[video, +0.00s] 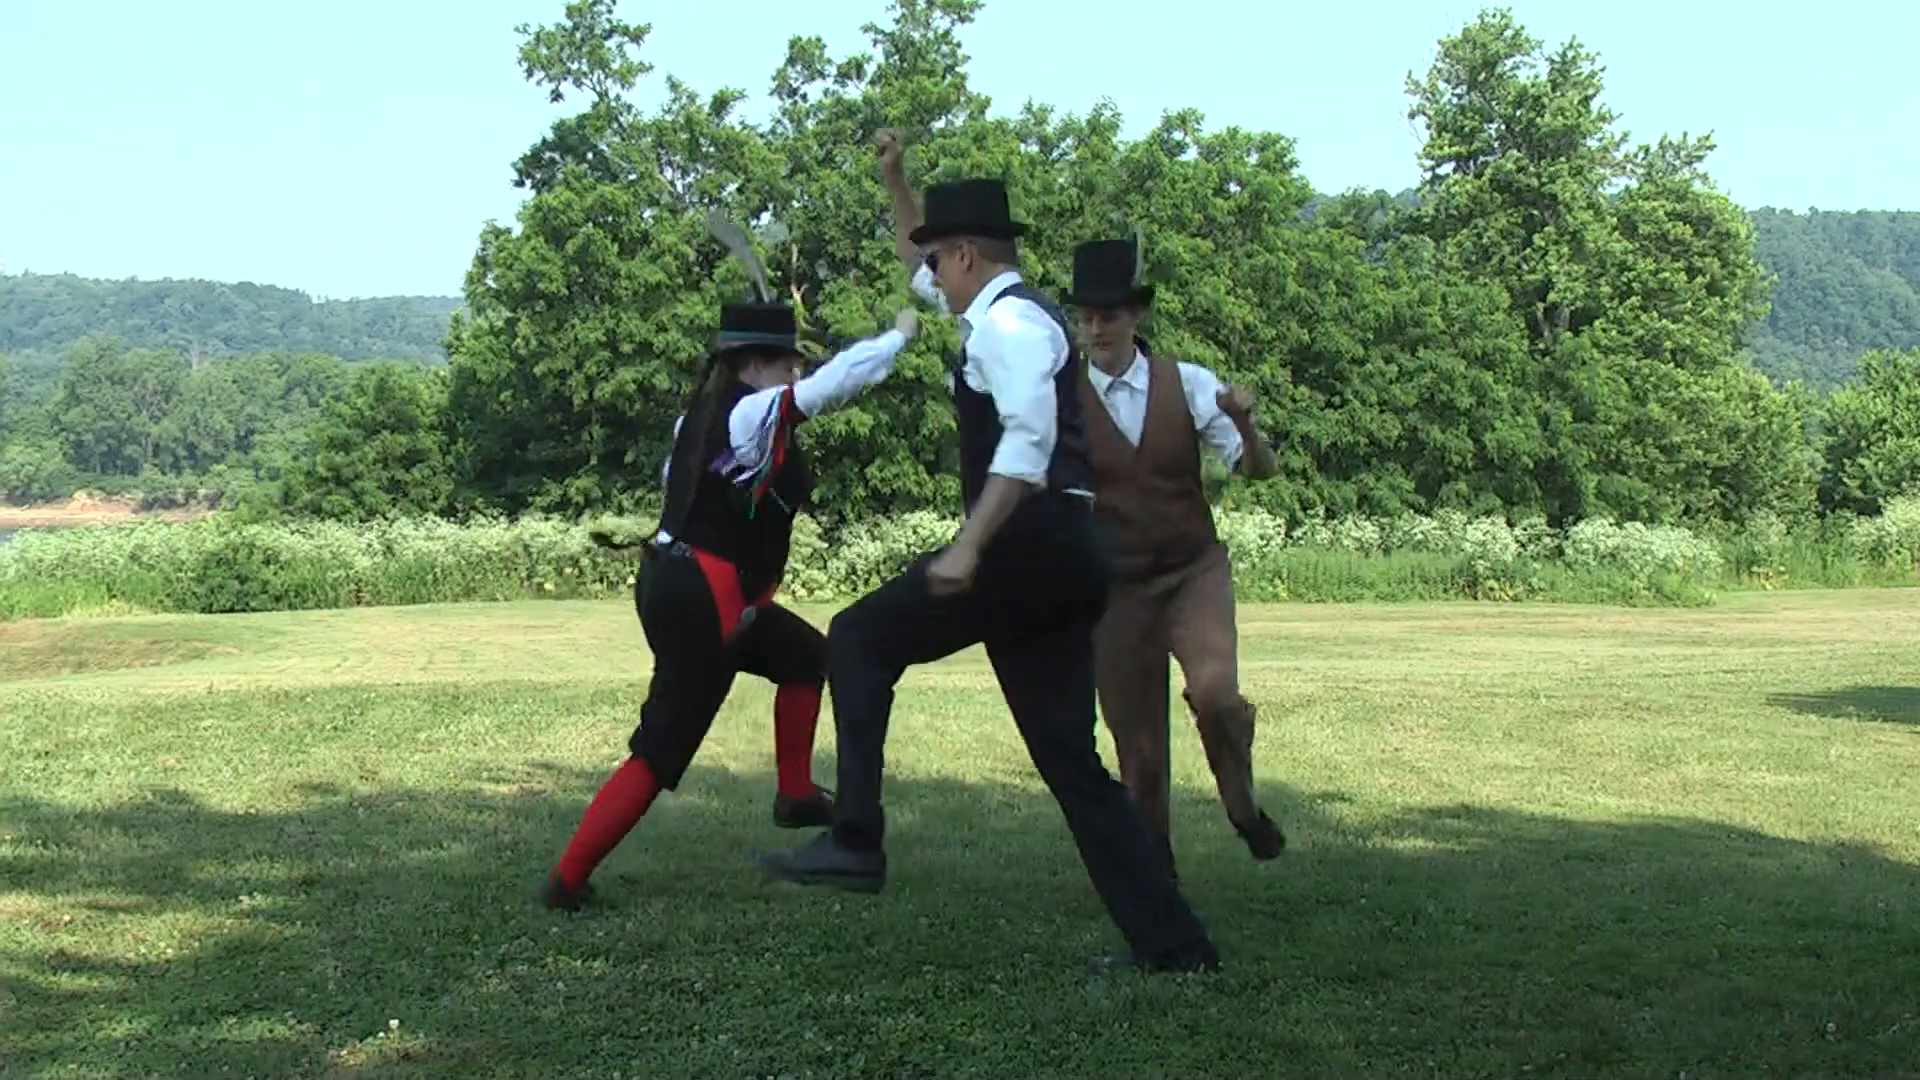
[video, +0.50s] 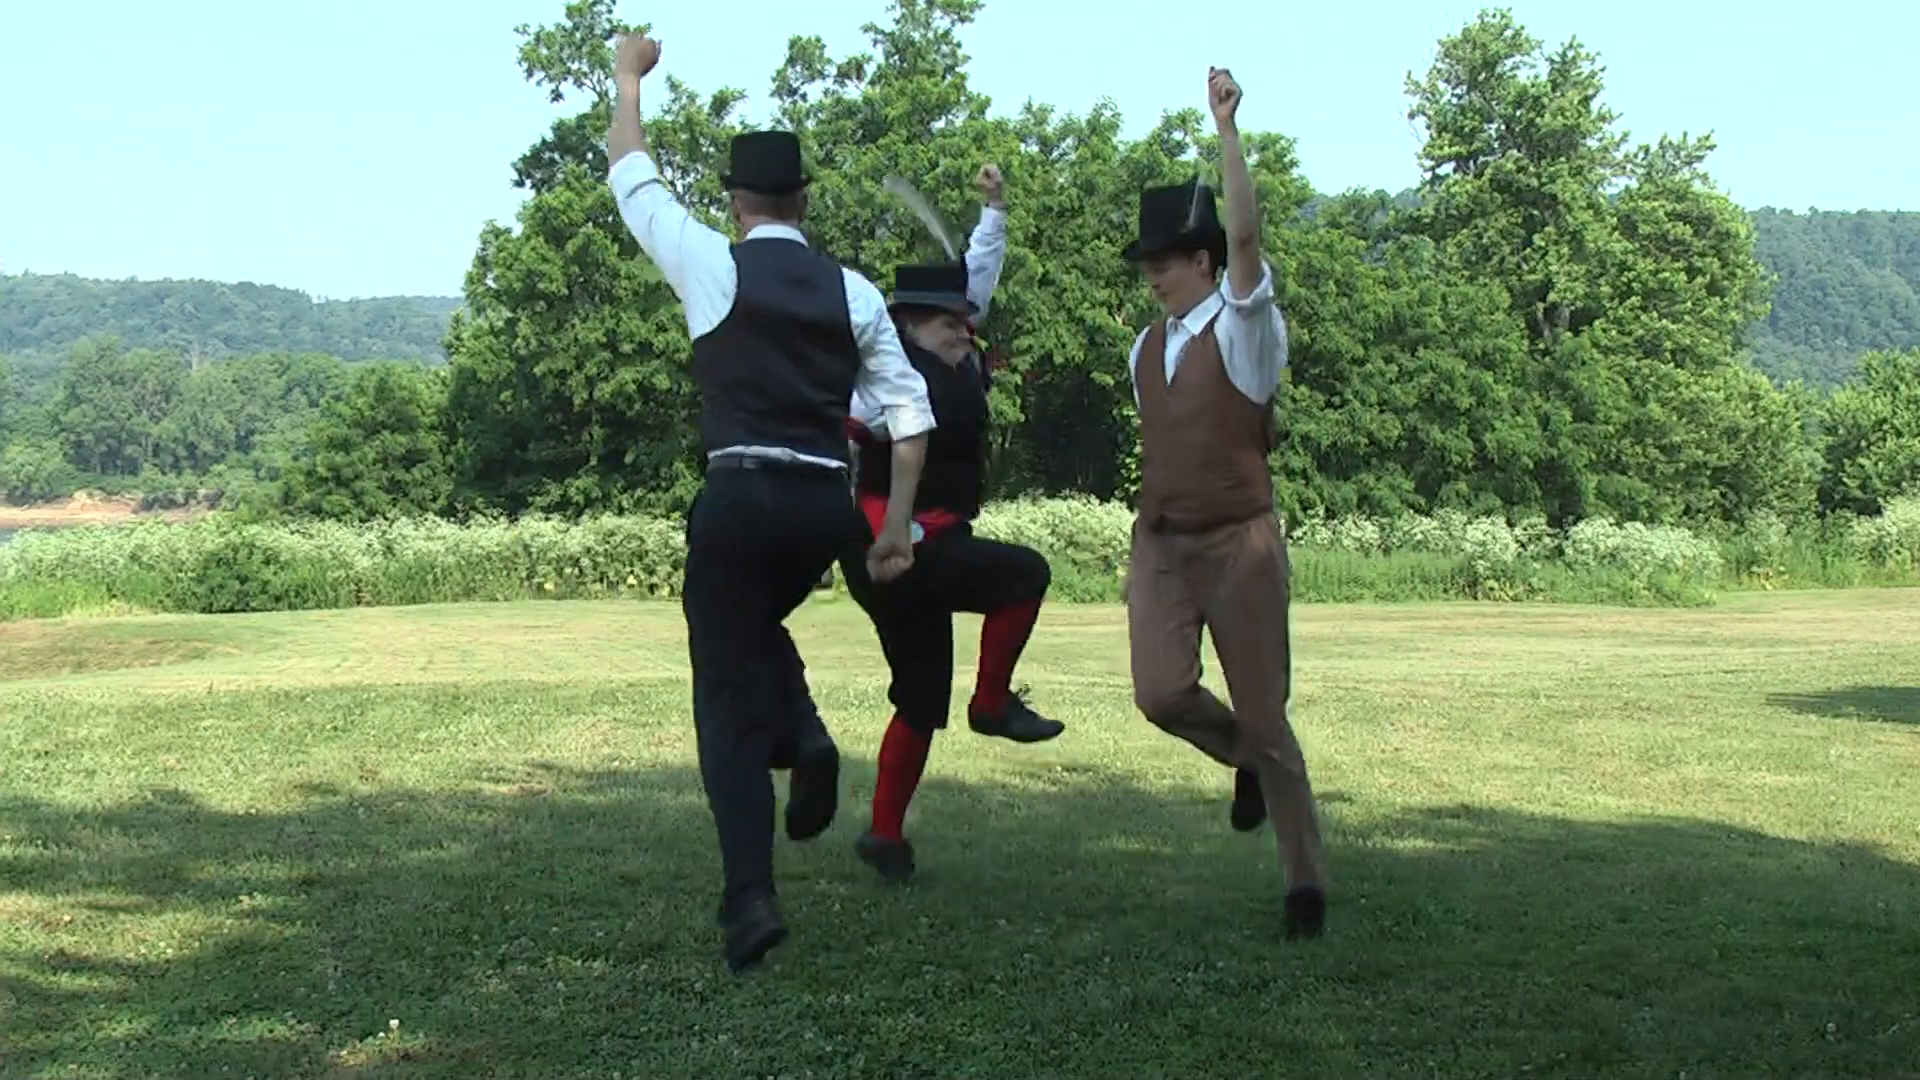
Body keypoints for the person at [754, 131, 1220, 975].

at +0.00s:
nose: (933, 269)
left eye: (936, 255)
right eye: (932, 259)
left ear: (969, 255)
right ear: (979, 253)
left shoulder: (1008, 322)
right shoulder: (1004, 311)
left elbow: (1028, 438)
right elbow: (923, 261)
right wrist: (895, 181)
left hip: (1024, 538)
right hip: (1055, 545)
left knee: (861, 635)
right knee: (1069, 759)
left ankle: (852, 840)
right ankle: (1172, 943)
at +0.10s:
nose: (890, 263)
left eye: (892, 248)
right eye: (887, 251)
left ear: (920, 244)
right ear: (951, 244)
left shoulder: (952, 306)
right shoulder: (981, 306)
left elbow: (900, 406)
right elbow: (883, 332)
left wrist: (773, 430)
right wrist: (831, 264)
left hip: (964, 537)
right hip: (1010, 541)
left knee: (821, 659)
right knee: (1042, 747)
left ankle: (789, 874)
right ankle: (1167, 930)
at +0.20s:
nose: (838, 263)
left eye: (842, 249)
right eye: (839, 250)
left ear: (863, 248)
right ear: (909, 246)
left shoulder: (890, 309)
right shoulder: (949, 313)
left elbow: (751, 335)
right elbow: (885, 421)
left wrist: (671, 277)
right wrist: (787, 409)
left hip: (889, 541)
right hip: (949, 542)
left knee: (797, 724)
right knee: (958, 749)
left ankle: (775, 935)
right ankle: (1123, 892)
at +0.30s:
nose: (791, 266)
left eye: (792, 255)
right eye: (794, 255)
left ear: (804, 257)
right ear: (871, 257)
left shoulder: (796, 322)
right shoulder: (912, 348)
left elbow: (672, 265)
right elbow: (925, 467)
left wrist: (634, 176)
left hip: (830, 551)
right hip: (904, 553)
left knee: (768, 736)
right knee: (854, 756)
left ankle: (772, 933)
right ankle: (1029, 838)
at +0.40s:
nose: (753, 239)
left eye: (755, 230)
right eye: (763, 230)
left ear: (761, 236)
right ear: (825, 234)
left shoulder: (744, 298)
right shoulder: (878, 327)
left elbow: (644, 217)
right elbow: (926, 455)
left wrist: (629, 116)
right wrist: (897, 556)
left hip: (783, 525)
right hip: (865, 531)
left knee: (749, 729)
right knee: (782, 699)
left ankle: (769, 928)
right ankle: (902, 787)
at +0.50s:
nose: (731, 203)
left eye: (732, 194)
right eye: (746, 193)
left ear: (734, 201)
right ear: (802, 199)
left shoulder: (712, 264)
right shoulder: (853, 291)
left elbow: (630, 173)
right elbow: (911, 410)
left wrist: (627, 79)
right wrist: (899, 519)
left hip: (736, 496)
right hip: (828, 499)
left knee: (727, 690)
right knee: (756, 619)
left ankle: (751, 903)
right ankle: (809, 744)